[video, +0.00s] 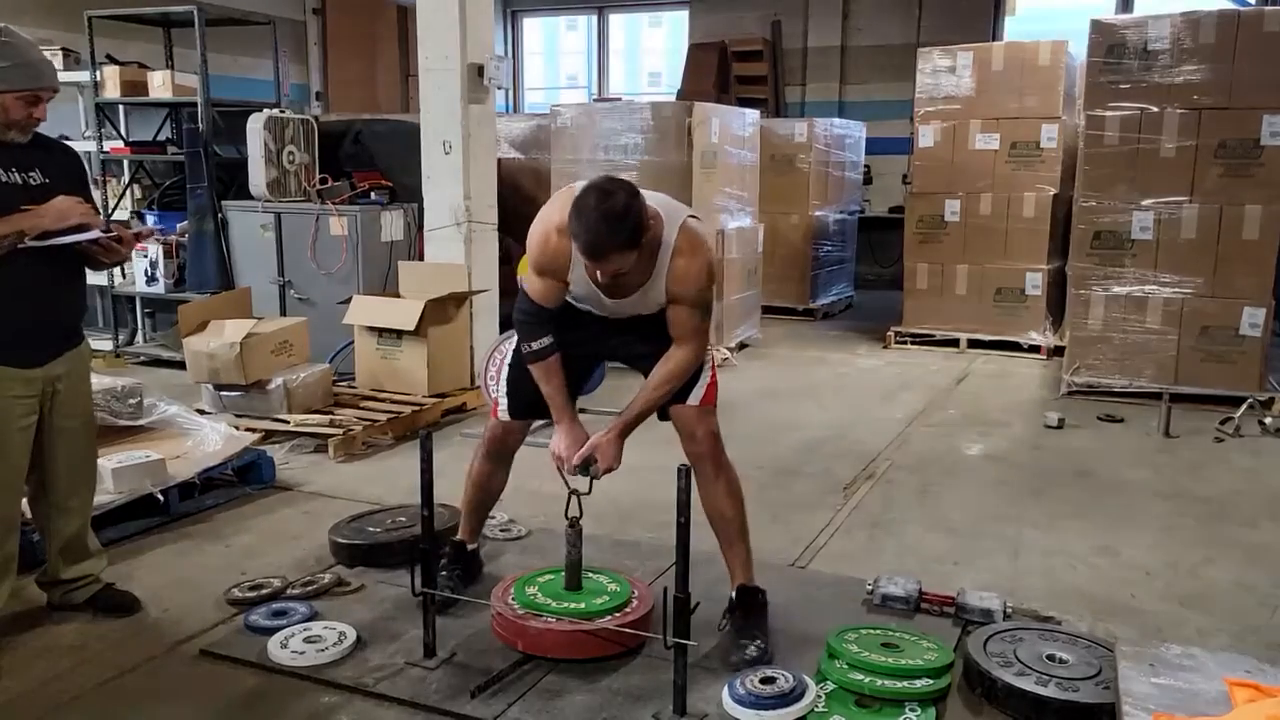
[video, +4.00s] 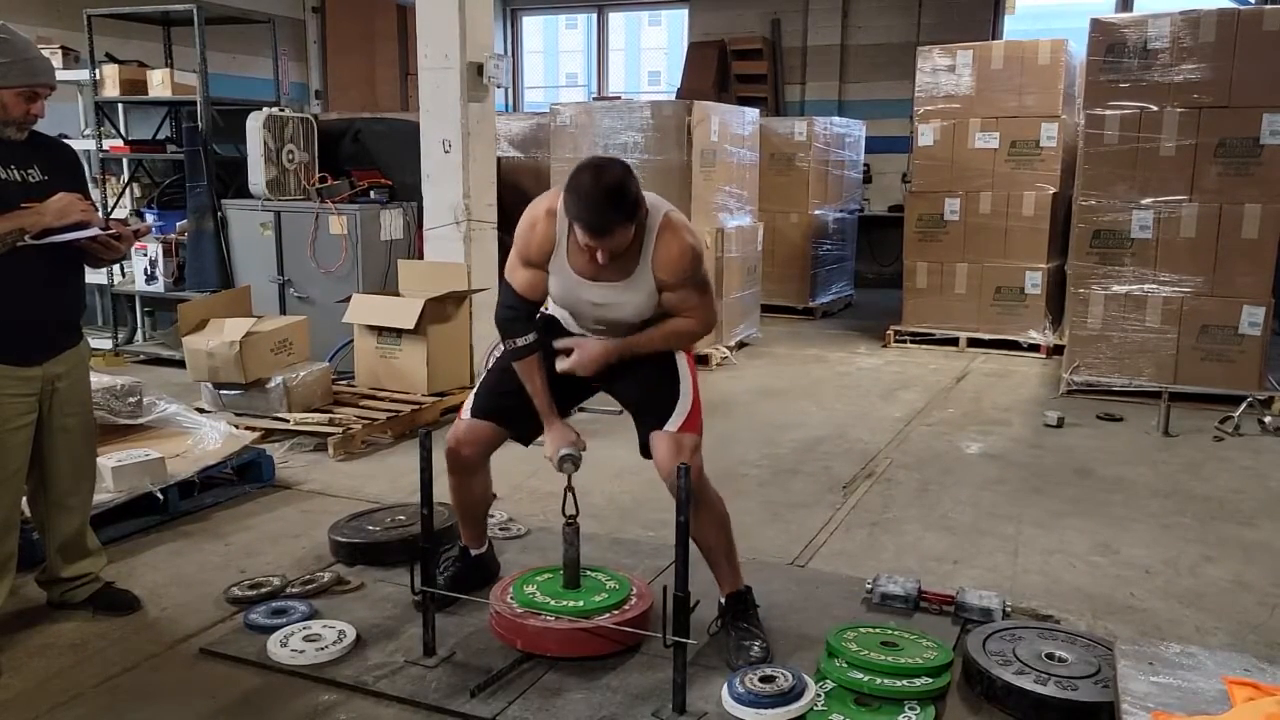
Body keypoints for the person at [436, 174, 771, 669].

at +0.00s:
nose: (604, 280)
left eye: (617, 272)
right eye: (594, 270)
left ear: (646, 239)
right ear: (575, 238)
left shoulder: (690, 254)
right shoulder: (551, 233)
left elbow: (688, 349)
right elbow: (533, 327)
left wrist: (619, 429)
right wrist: (565, 422)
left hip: (656, 321)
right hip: (572, 316)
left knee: (704, 441)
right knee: (499, 434)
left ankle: (746, 593)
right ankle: (463, 548)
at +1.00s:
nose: (608, 277)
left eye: (621, 268)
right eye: (597, 267)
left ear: (650, 235)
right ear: (578, 237)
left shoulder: (691, 255)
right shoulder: (551, 236)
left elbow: (693, 348)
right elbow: (528, 328)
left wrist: (625, 434)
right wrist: (565, 422)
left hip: (658, 324)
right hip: (574, 319)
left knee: (708, 441)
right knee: (501, 432)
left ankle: (742, 599)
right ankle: (462, 549)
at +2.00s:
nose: (609, 295)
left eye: (622, 286)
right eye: (598, 286)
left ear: (647, 257)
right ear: (578, 260)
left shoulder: (689, 265)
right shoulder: (552, 258)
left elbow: (689, 350)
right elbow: (498, 341)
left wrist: (625, 431)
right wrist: (560, 432)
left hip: (659, 325)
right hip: (569, 321)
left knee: (706, 442)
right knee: (501, 433)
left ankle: (740, 597)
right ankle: (462, 549)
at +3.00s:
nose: (601, 311)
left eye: (612, 301)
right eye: (588, 303)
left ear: (635, 264)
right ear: (567, 275)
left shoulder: (677, 277)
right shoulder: (538, 272)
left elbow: (691, 356)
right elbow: (494, 341)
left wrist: (620, 432)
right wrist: (556, 431)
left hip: (654, 327)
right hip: (561, 324)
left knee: (704, 441)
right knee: (499, 434)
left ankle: (739, 597)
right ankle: (460, 549)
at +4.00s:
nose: (600, 257)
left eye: (614, 249)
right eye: (590, 247)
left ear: (636, 219)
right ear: (570, 217)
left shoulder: (673, 243)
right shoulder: (541, 222)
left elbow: (699, 320)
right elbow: (516, 319)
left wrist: (615, 349)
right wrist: (550, 421)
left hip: (648, 346)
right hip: (563, 338)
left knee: (682, 471)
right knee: (463, 446)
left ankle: (738, 605)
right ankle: (476, 558)